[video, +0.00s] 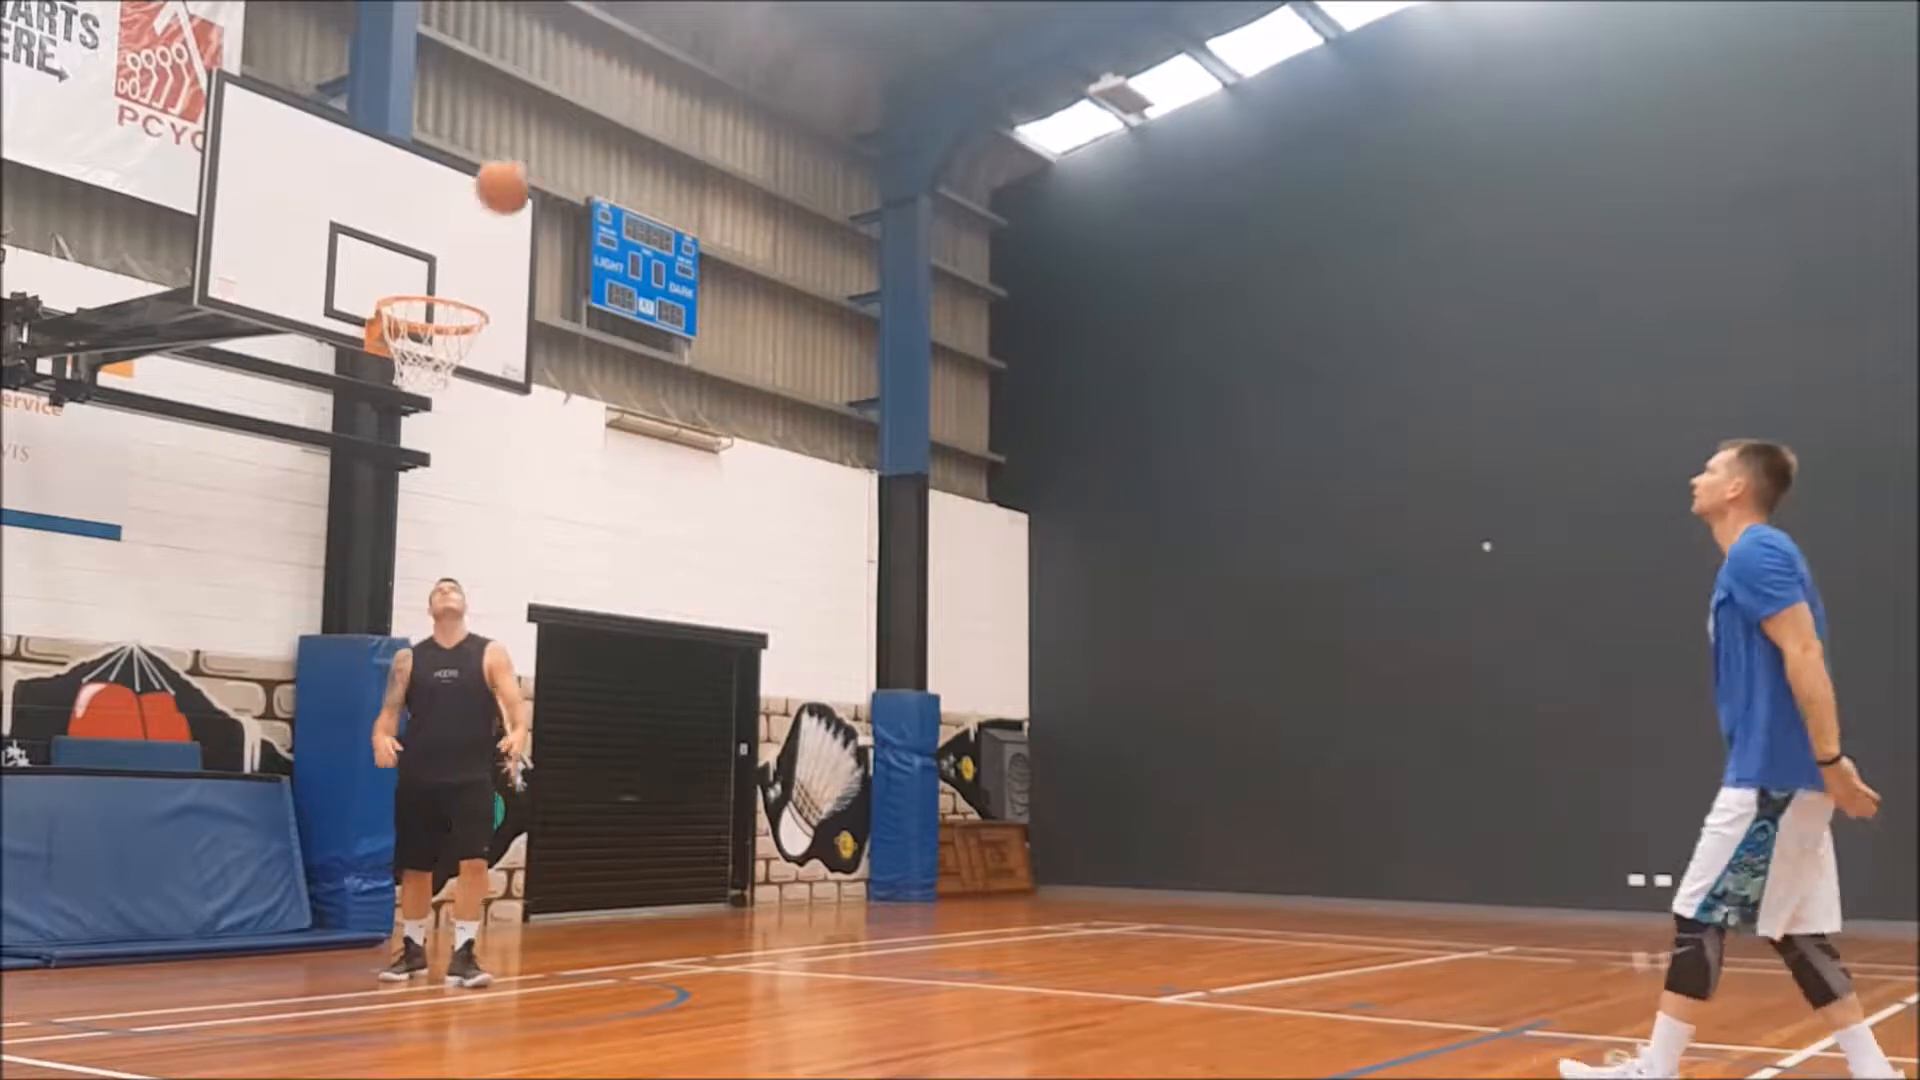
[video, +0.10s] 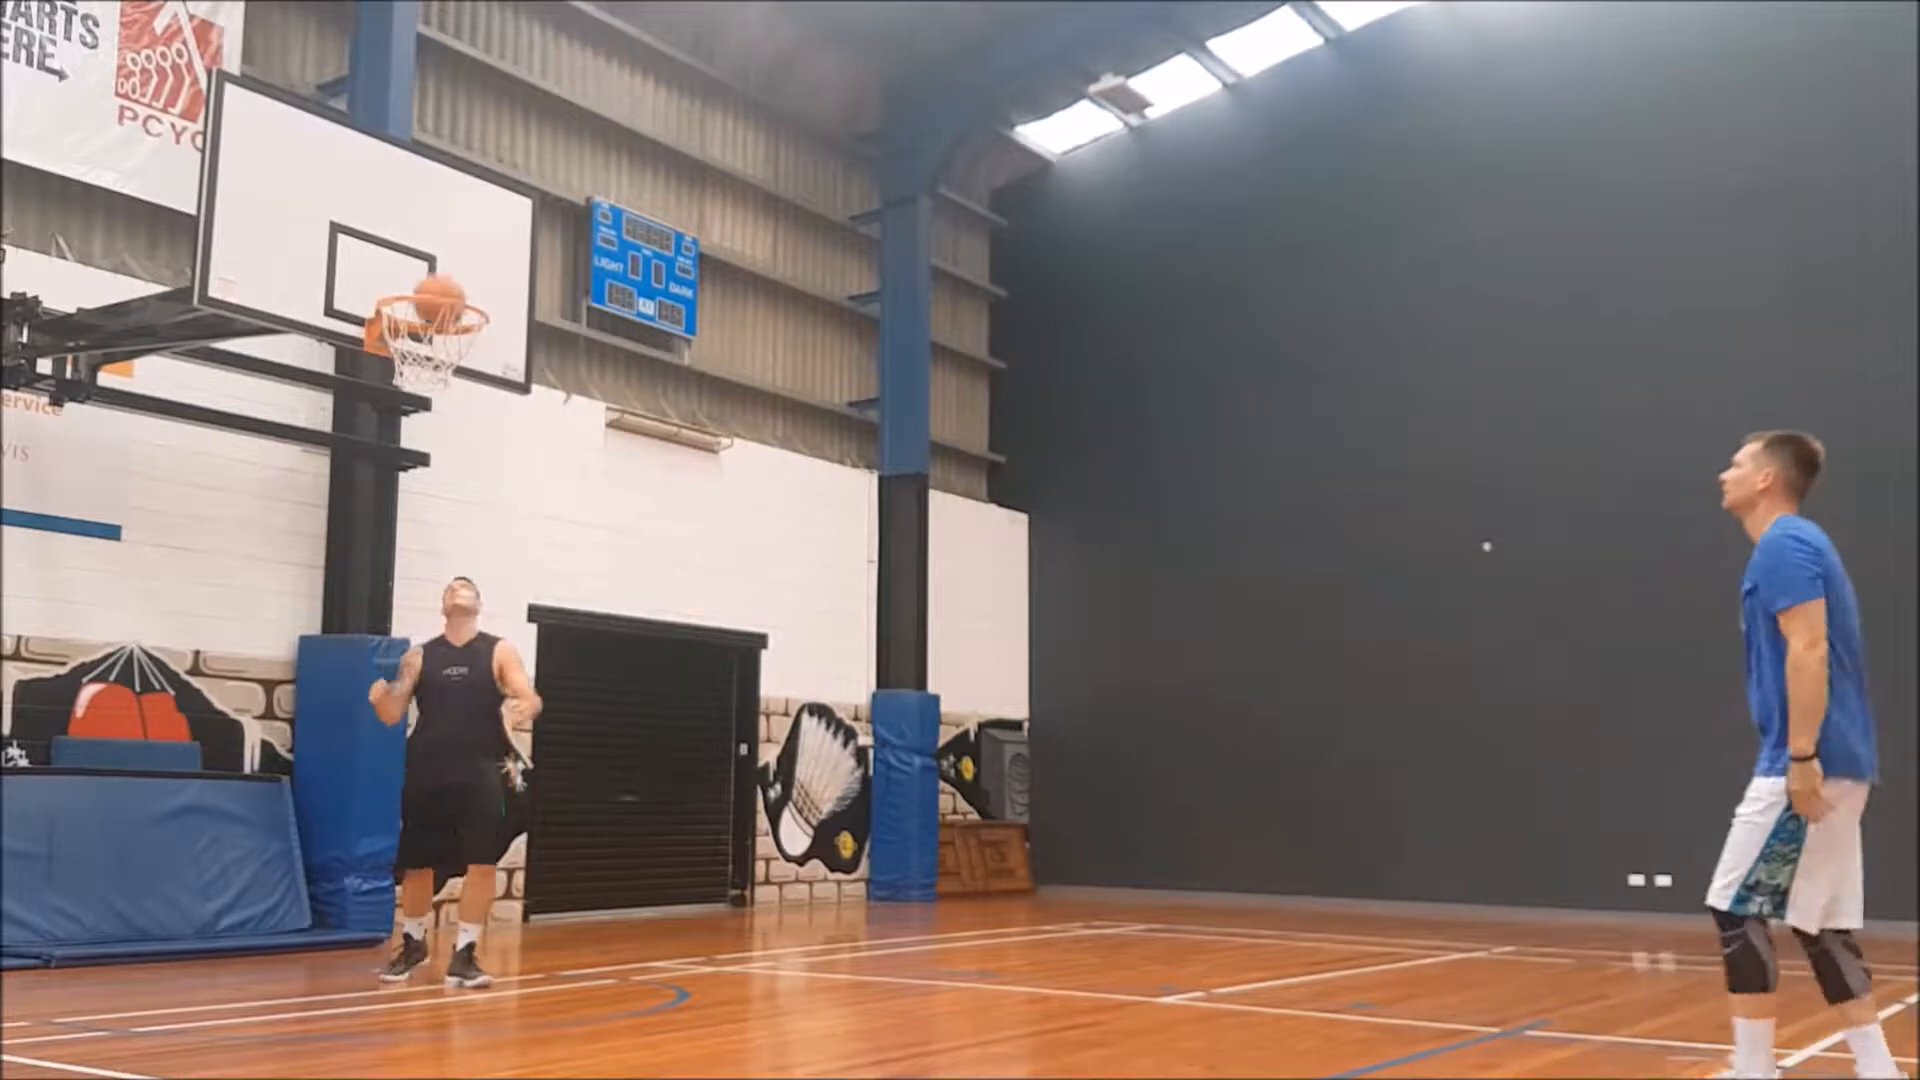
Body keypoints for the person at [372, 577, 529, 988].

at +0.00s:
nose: (447, 591)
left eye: (455, 589)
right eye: (440, 590)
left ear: (467, 608)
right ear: (429, 609)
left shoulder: (490, 653)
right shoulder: (409, 658)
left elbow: (515, 706)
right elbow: (390, 710)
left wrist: (519, 732)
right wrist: (382, 736)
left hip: (472, 778)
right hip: (418, 777)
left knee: (473, 861)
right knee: (415, 866)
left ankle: (463, 956)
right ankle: (413, 952)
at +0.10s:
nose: (459, 588)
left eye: (467, 587)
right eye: (452, 587)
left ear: (479, 607)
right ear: (442, 606)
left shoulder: (499, 651)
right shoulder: (420, 655)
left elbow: (532, 701)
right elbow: (392, 715)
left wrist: (517, 711)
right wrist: (381, 698)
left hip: (480, 771)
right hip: (427, 769)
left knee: (482, 862)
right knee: (417, 862)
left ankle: (463, 957)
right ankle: (413, 947)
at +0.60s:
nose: (482, 611)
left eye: (491, 603)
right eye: (479, 603)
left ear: (514, 607)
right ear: (476, 606)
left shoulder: (539, 651)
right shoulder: (458, 660)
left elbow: (529, 698)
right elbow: (415, 710)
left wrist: (475, 705)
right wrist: (372, 755)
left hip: (521, 785)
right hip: (471, 781)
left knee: (503, 881)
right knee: (478, 859)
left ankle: (467, 957)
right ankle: (477, 949)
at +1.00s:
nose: (508, 625)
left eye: (516, 616)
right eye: (500, 617)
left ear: (531, 621)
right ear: (489, 623)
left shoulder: (556, 666)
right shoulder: (472, 672)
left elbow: (549, 730)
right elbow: (455, 722)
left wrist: (491, 728)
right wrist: (425, 716)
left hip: (543, 788)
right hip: (493, 784)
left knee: (541, 896)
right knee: (520, 856)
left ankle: (500, 930)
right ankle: (508, 972)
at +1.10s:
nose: (523, 615)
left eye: (529, 607)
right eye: (513, 607)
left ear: (538, 613)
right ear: (495, 615)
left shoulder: (560, 657)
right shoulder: (478, 661)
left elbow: (558, 722)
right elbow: (454, 741)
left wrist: (516, 697)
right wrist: (466, 689)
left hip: (543, 782)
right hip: (494, 781)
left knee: (550, 885)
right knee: (517, 858)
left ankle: (504, 927)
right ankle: (510, 972)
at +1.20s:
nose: (534, 605)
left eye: (538, 597)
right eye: (524, 597)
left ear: (546, 603)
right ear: (501, 608)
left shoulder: (566, 646)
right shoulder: (488, 659)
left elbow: (571, 707)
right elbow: (494, 725)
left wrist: (555, 663)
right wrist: (516, 666)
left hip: (544, 776)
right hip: (495, 777)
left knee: (558, 872)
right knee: (515, 858)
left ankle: (528, 941)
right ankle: (507, 972)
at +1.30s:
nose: (537, 596)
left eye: (540, 588)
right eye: (527, 589)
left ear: (546, 594)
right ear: (503, 598)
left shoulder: (562, 635)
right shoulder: (491, 649)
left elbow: (578, 698)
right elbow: (533, 672)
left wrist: (584, 670)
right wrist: (577, 639)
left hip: (542, 769)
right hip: (493, 771)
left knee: (560, 864)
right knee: (516, 858)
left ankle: (537, 947)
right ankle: (507, 974)